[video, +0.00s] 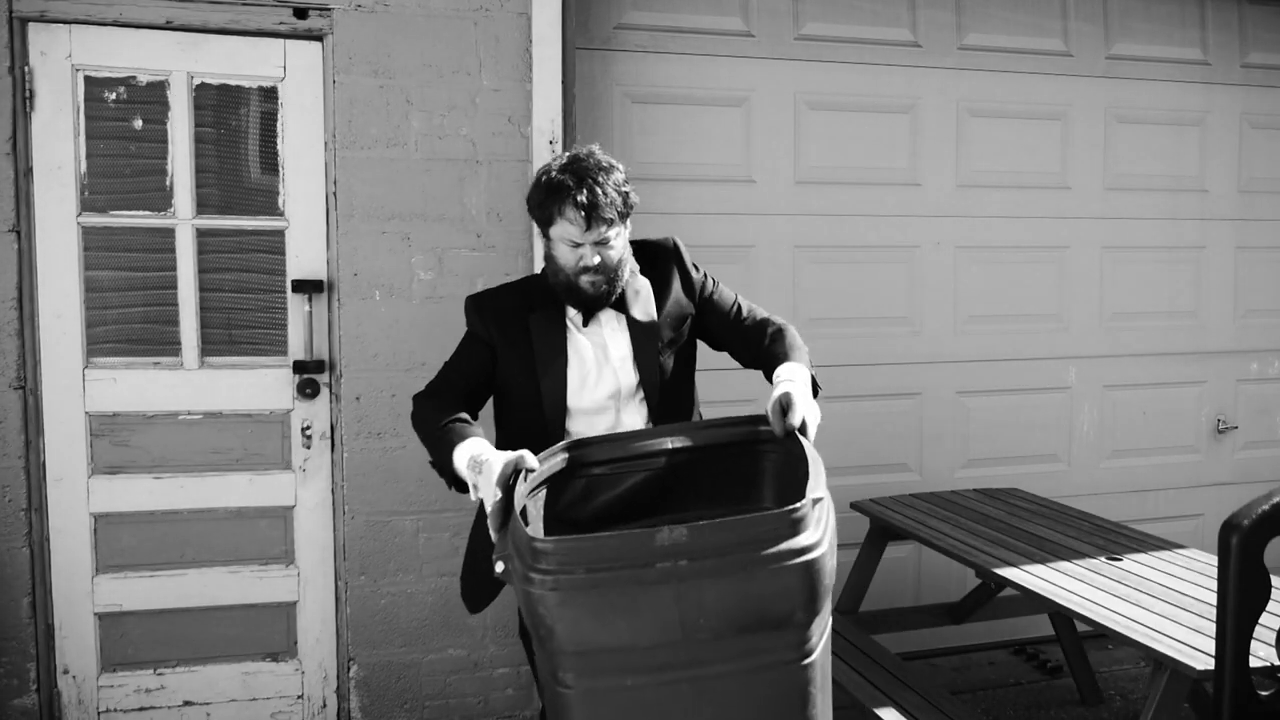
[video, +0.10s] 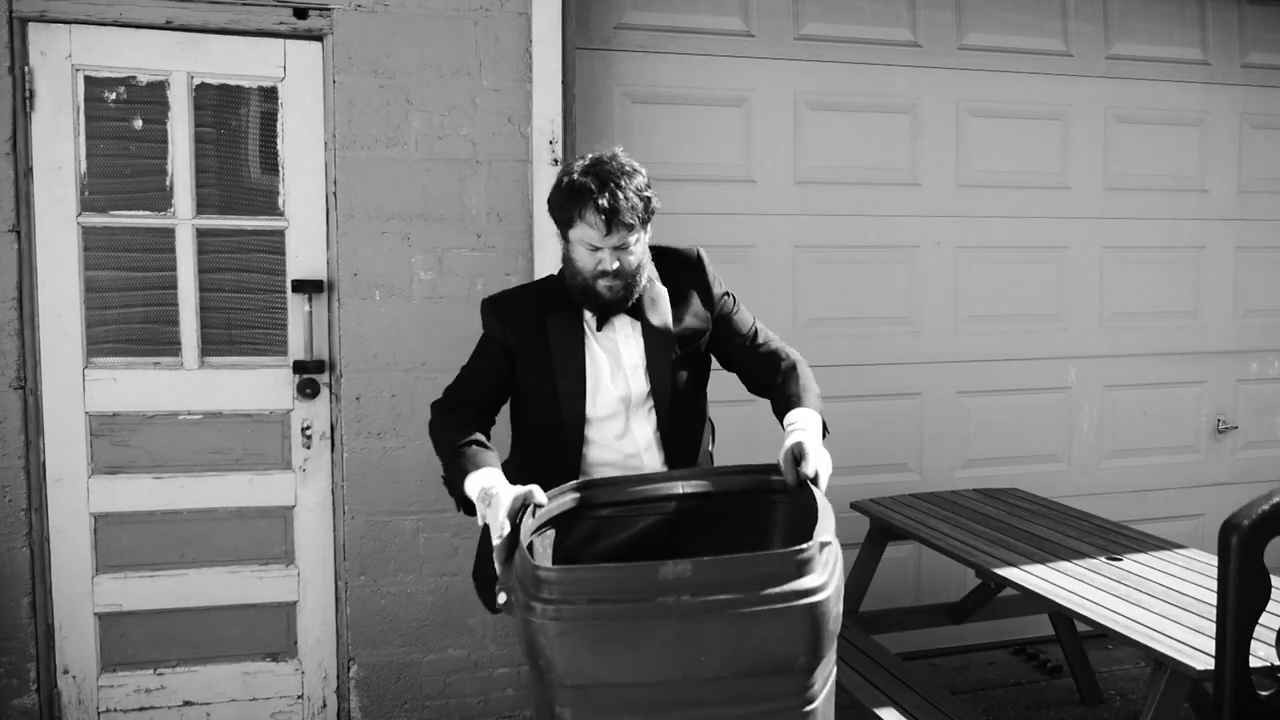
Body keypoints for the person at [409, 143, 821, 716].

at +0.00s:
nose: (592, 258)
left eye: (605, 239)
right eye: (572, 244)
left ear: (627, 225)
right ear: (543, 238)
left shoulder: (670, 278)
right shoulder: (503, 316)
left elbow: (768, 335)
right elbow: (436, 405)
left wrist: (793, 377)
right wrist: (476, 457)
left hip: (668, 534)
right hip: (557, 545)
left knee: (675, 693)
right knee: (570, 700)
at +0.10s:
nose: (609, 263)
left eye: (624, 245)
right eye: (590, 248)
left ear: (647, 231)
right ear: (563, 239)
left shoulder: (687, 285)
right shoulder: (517, 319)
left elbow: (780, 366)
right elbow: (456, 415)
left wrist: (804, 429)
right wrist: (488, 486)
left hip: (682, 543)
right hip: (571, 550)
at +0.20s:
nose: (630, 271)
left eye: (645, 254)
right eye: (612, 255)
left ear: (669, 238)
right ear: (585, 243)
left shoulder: (707, 292)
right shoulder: (537, 322)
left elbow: (784, 388)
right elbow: (481, 428)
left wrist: (811, 465)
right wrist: (502, 517)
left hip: (691, 552)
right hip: (581, 558)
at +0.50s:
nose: (677, 302)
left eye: (694, 286)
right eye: (661, 285)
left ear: (718, 268)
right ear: (633, 264)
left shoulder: (750, 313)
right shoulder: (576, 338)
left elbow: (801, 423)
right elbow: (527, 448)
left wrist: (827, 535)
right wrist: (525, 566)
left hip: (715, 559)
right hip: (607, 566)